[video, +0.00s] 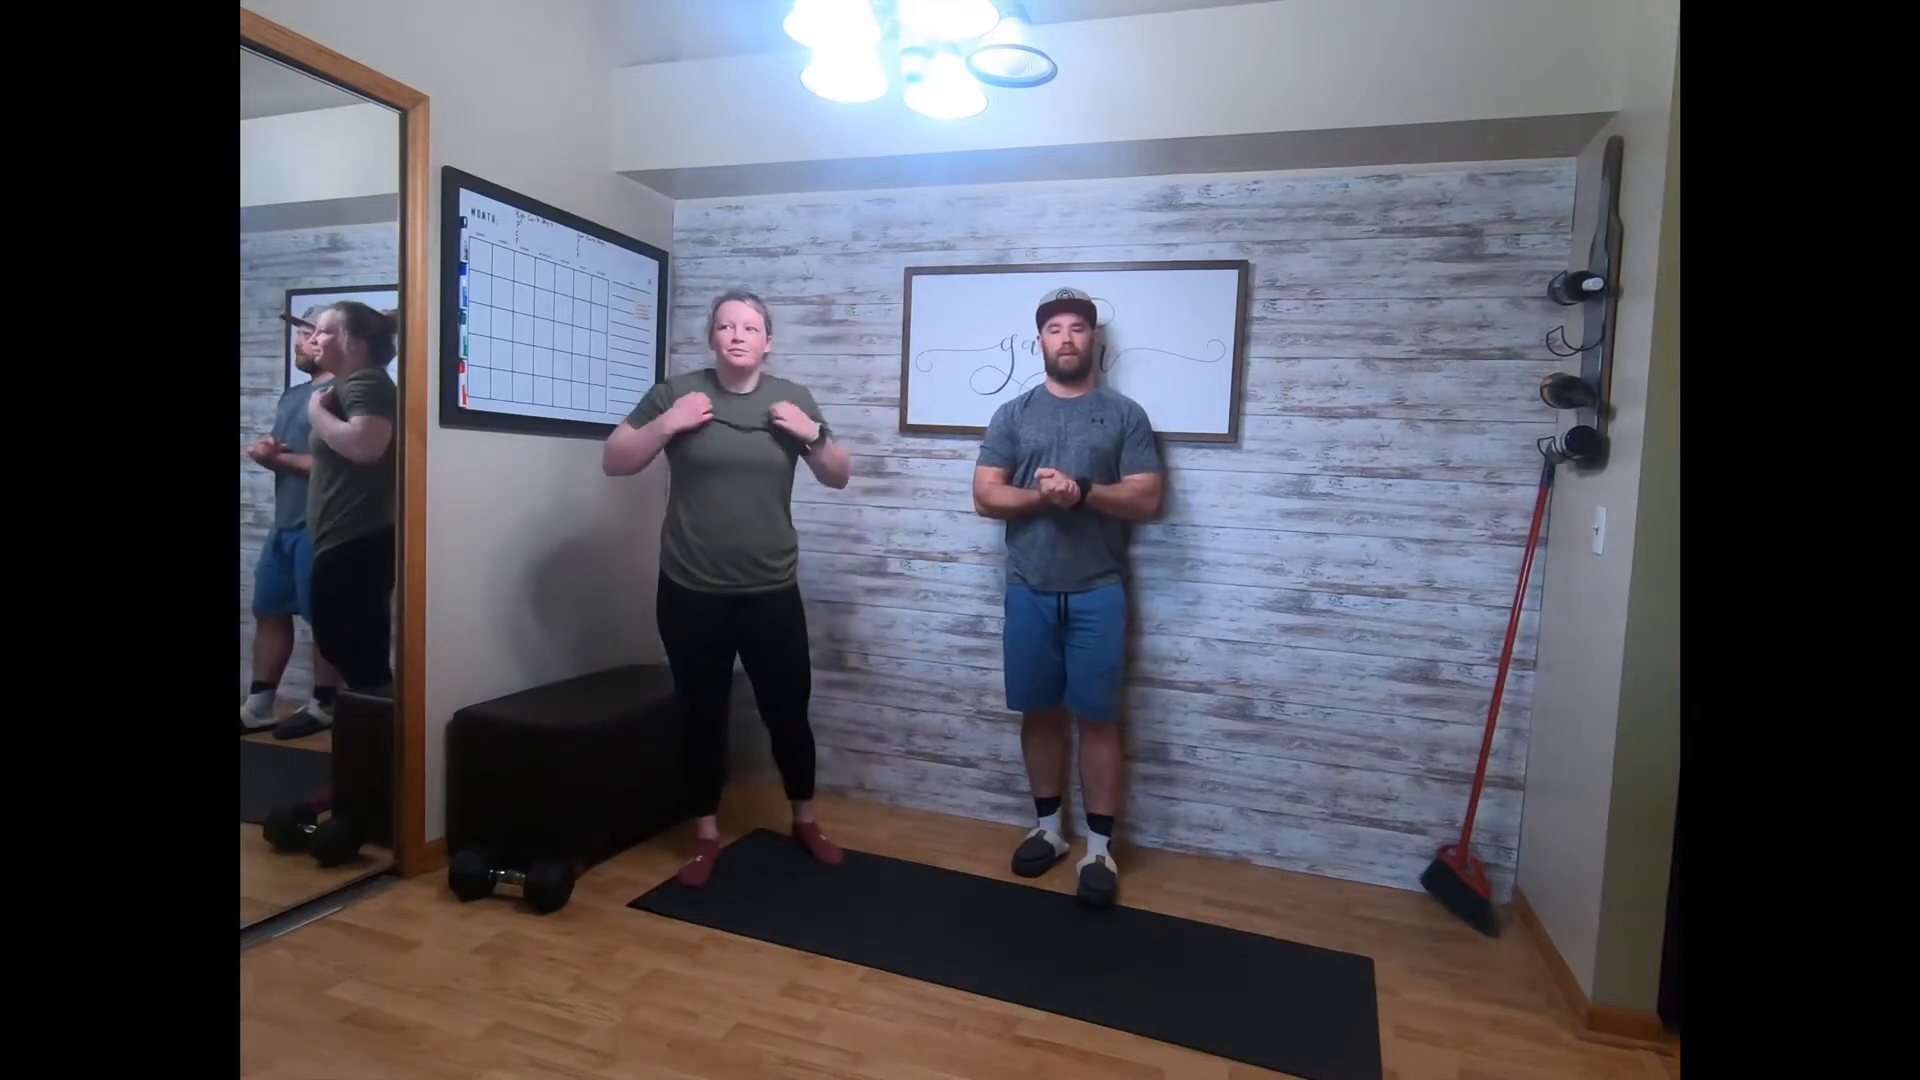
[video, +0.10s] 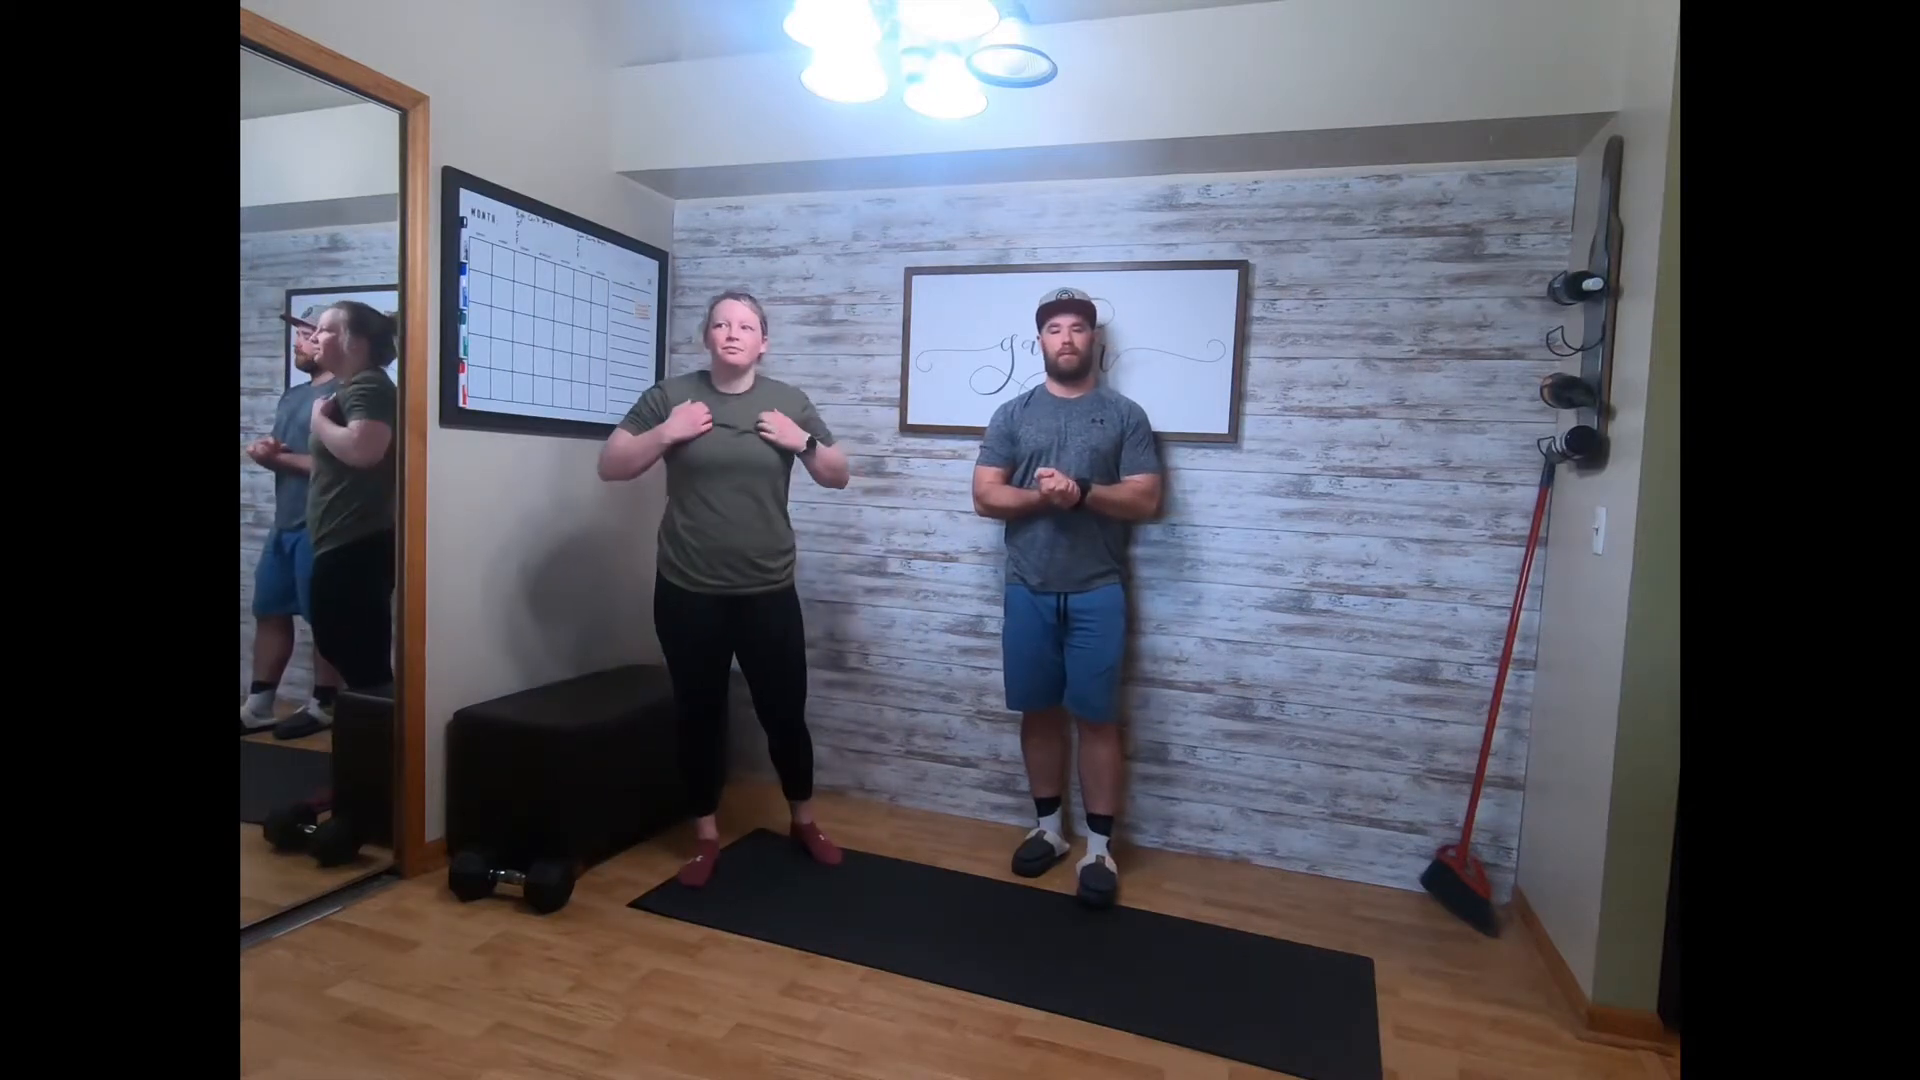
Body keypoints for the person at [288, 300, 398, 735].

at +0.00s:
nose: (314, 339)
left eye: (324, 332)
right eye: (317, 331)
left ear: (353, 342)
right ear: (351, 345)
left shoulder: (367, 383)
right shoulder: (348, 386)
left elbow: (367, 445)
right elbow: (352, 449)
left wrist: (319, 416)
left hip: (358, 542)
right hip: (344, 540)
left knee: (357, 656)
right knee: (352, 654)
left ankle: (377, 763)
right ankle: (369, 760)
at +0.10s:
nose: (315, 338)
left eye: (325, 331)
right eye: (317, 330)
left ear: (355, 342)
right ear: (350, 344)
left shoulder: (368, 385)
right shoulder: (346, 389)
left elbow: (366, 450)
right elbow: (338, 460)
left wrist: (320, 422)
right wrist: (282, 457)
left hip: (360, 540)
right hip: (341, 539)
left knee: (358, 654)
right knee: (350, 651)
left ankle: (381, 753)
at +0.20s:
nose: (314, 337)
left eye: (325, 330)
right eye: (317, 330)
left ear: (355, 342)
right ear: (350, 343)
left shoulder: (368, 387)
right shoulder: (348, 391)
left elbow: (368, 451)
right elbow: (342, 459)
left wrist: (323, 423)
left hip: (360, 542)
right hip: (341, 541)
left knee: (356, 651)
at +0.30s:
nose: (315, 338)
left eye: (326, 331)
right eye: (318, 330)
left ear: (356, 342)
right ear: (348, 344)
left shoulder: (369, 386)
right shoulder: (346, 389)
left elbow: (358, 449)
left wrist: (318, 417)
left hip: (360, 543)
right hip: (340, 541)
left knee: (357, 655)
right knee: (346, 651)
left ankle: (375, 758)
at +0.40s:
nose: (319, 344)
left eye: (328, 336)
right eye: (320, 335)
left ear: (358, 344)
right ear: (350, 346)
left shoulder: (368, 382)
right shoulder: (348, 385)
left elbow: (336, 437)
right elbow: (331, 454)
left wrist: (303, 401)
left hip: (363, 536)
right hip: (345, 535)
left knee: (344, 627)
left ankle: (379, 723)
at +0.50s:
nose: (315, 348)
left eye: (323, 339)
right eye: (315, 340)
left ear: (353, 341)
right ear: (353, 344)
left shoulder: (366, 379)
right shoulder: (359, 379)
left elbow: (322, 426)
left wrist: (300, 389)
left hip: (358, 538)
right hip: (352, 536)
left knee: (348, 640)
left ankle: (371, 740)